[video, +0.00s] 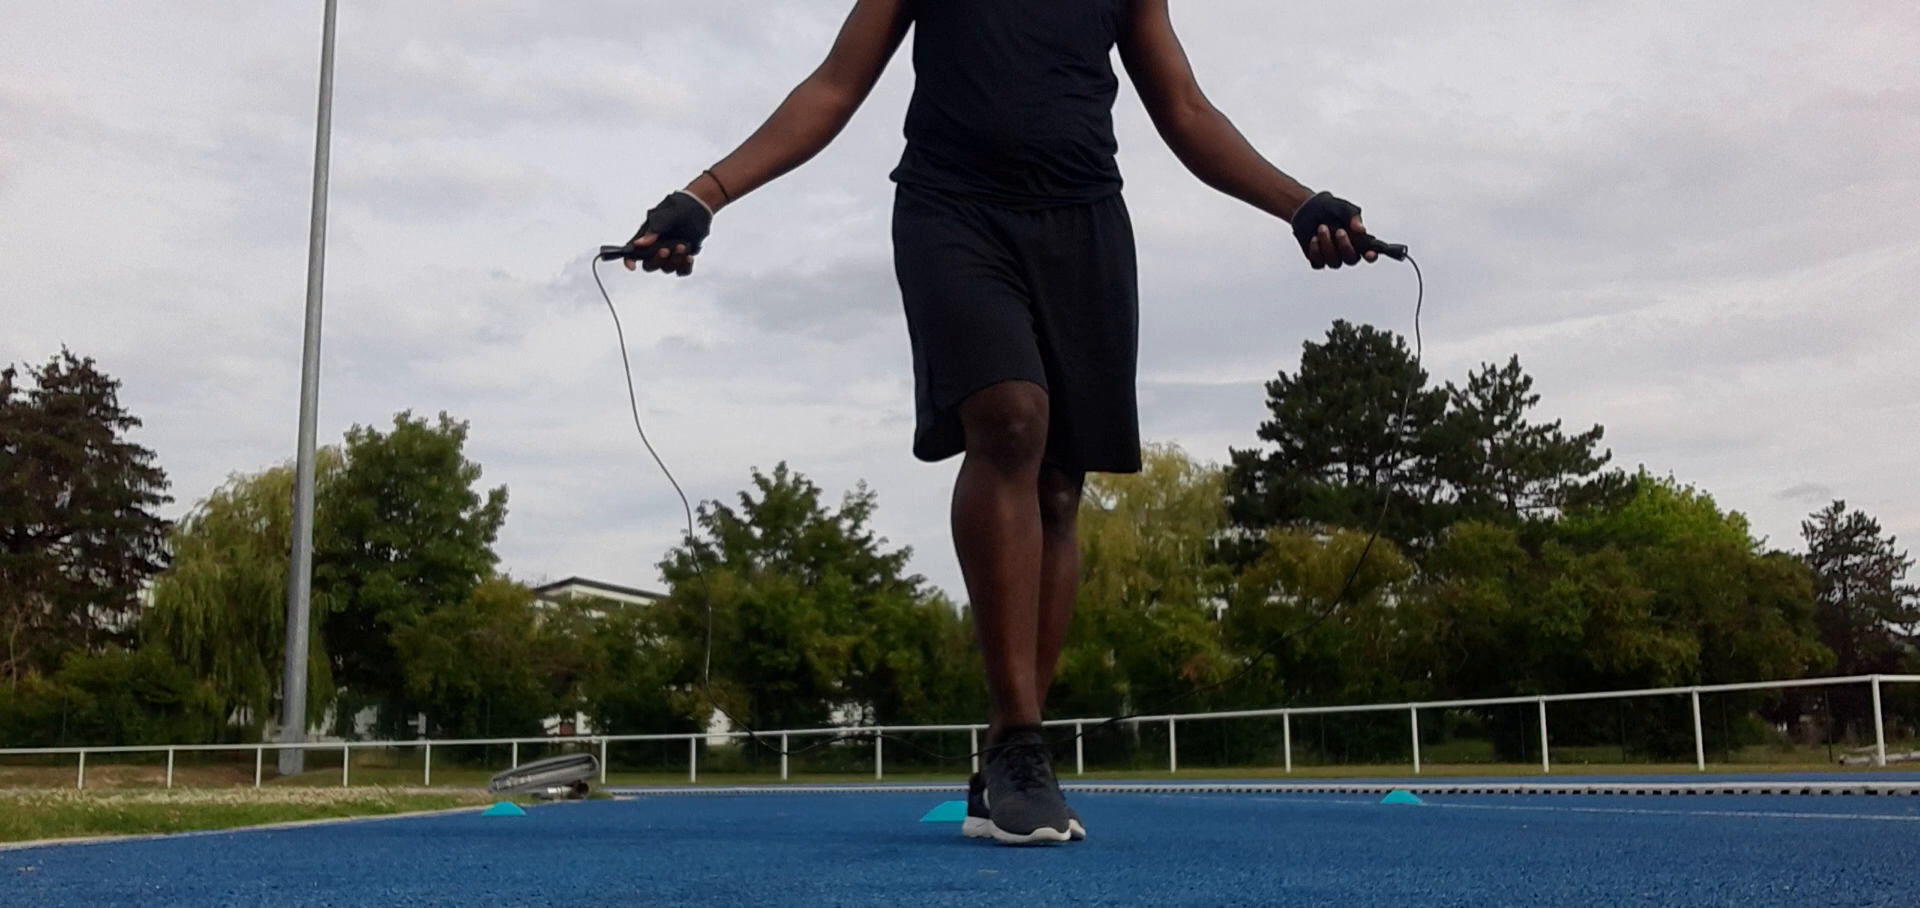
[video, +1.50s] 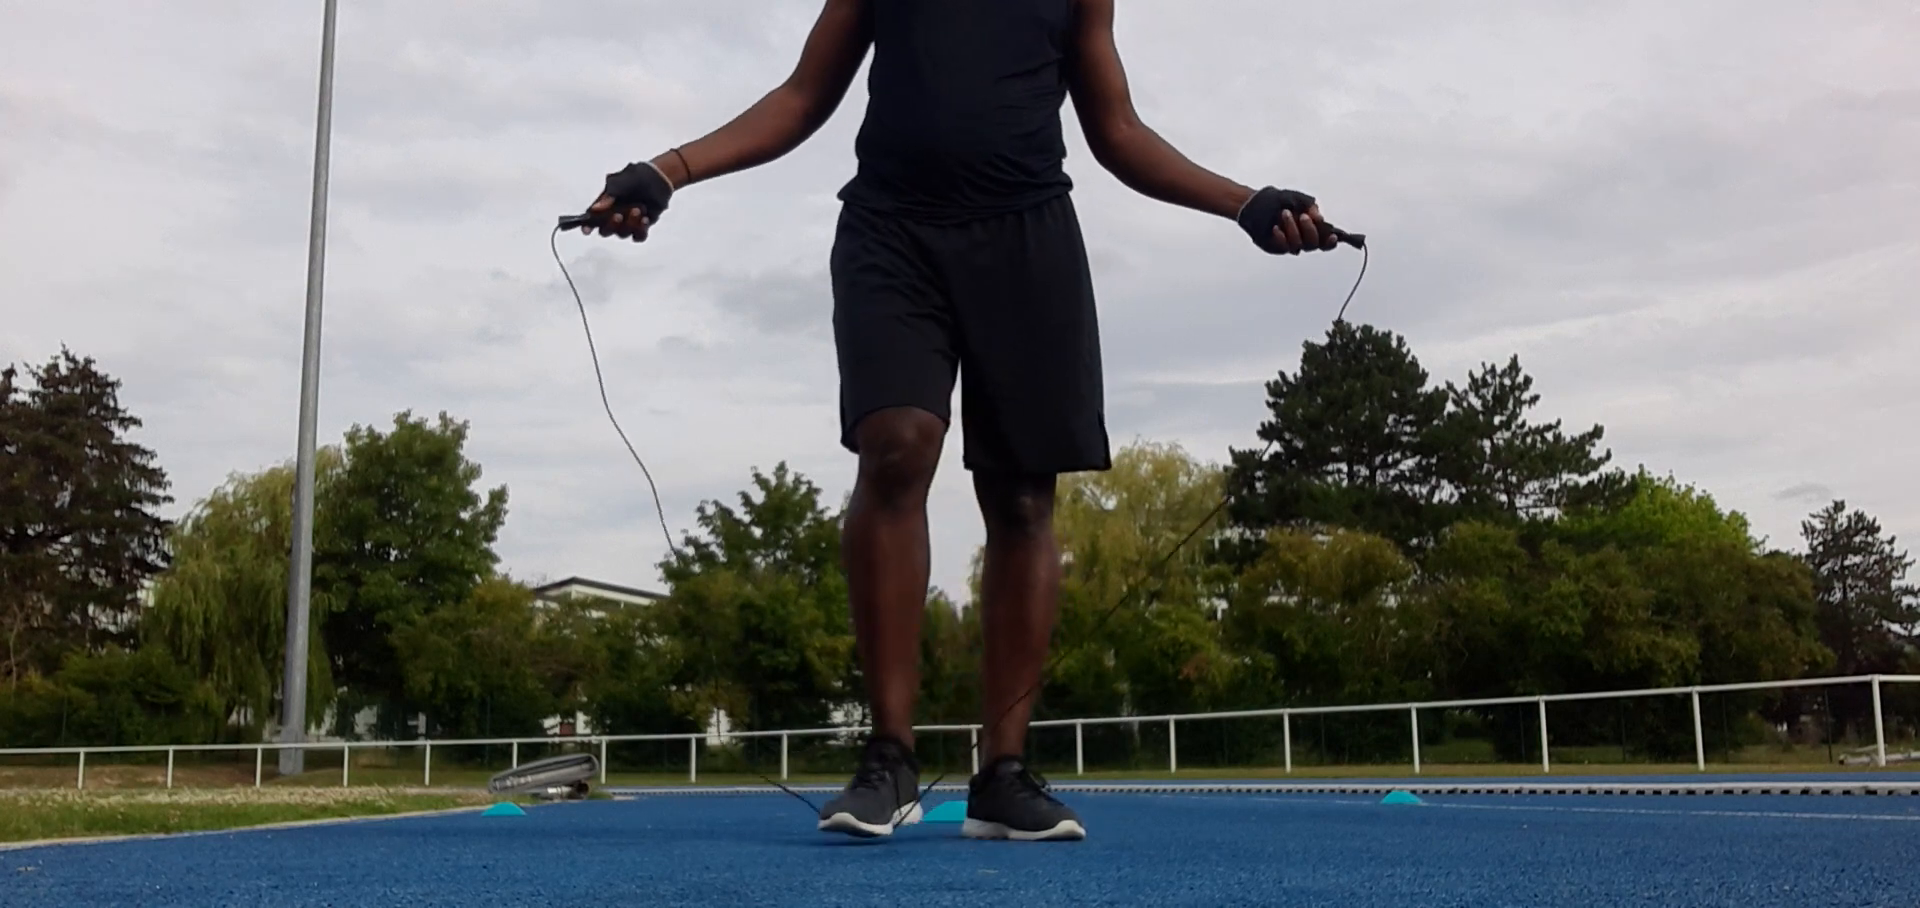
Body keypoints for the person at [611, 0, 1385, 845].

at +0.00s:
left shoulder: (1128, 1)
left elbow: (1186, 111)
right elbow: (834, 86)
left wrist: (1300, 203)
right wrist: (704, 192)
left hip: (1082, 216)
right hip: (952, 210)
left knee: (1057, 490)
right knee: (1012, 417)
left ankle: (1012, 758)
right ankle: (1020, 746)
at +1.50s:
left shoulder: (1077, 12)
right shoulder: (871, 8)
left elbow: (1119, 134)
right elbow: (802, 98)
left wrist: (1248, 202)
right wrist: (667, 169)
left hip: (1026, 234)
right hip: (891, 229)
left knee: (1021, 500)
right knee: (896, 455)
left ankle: (1003, 774)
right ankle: (888, 759)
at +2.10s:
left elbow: (1036, 99)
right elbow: (729, 101)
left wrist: (1172, 209)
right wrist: (622, 219)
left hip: (975, 205)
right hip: (834, 212)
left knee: (996, 410)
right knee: (839, 488)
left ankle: (972, 655)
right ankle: (872, 772)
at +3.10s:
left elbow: (1123, 81)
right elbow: (782, 41)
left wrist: (1280, 147)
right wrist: (624, 89)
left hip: (1031, 185)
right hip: (882, 187)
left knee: (1032, 470)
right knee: (889, 445)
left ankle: (1010, 770)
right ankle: (879, 743)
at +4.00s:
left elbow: (1173, 6)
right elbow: (793, 7)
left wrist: (1326, 70)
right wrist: (648, 57)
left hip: (1042, 150)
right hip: (893, 153)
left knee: (1032, 462)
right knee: (902, 442)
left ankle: (1012, 778)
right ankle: (920, 772)